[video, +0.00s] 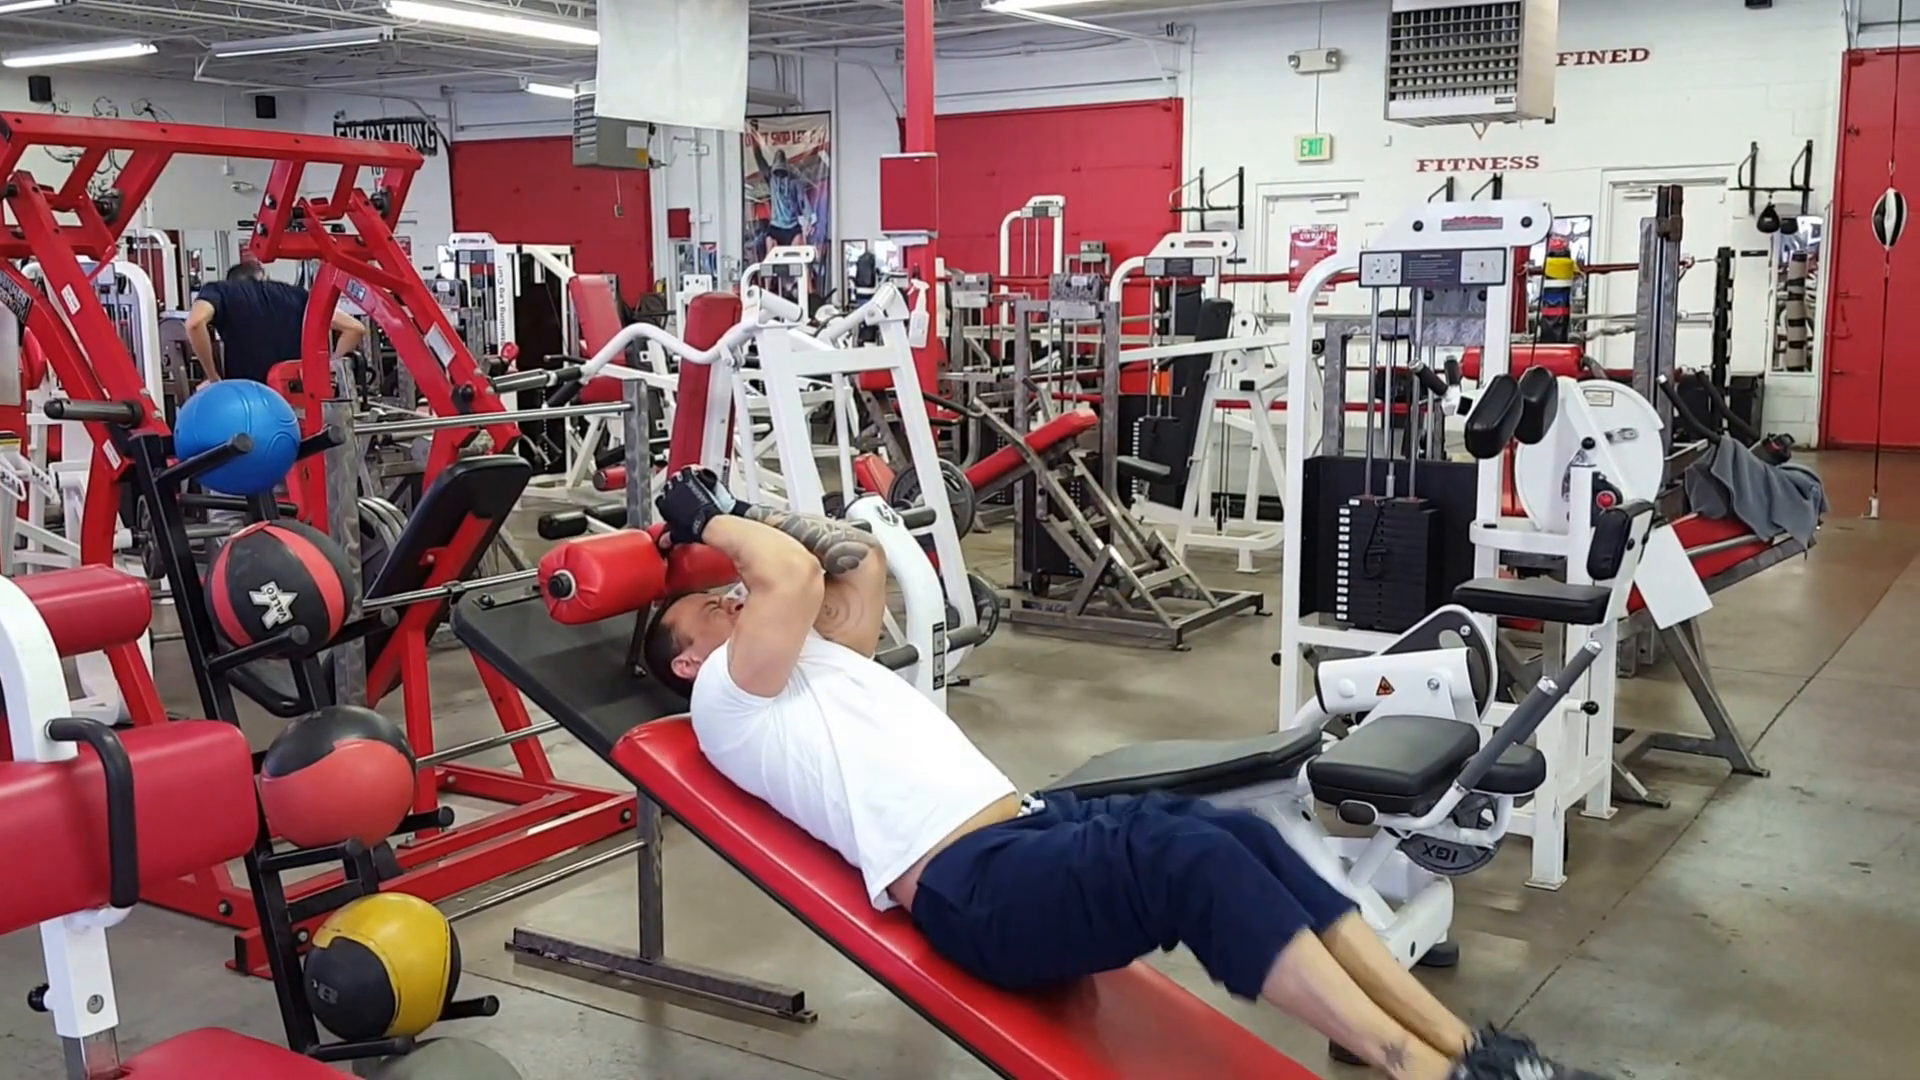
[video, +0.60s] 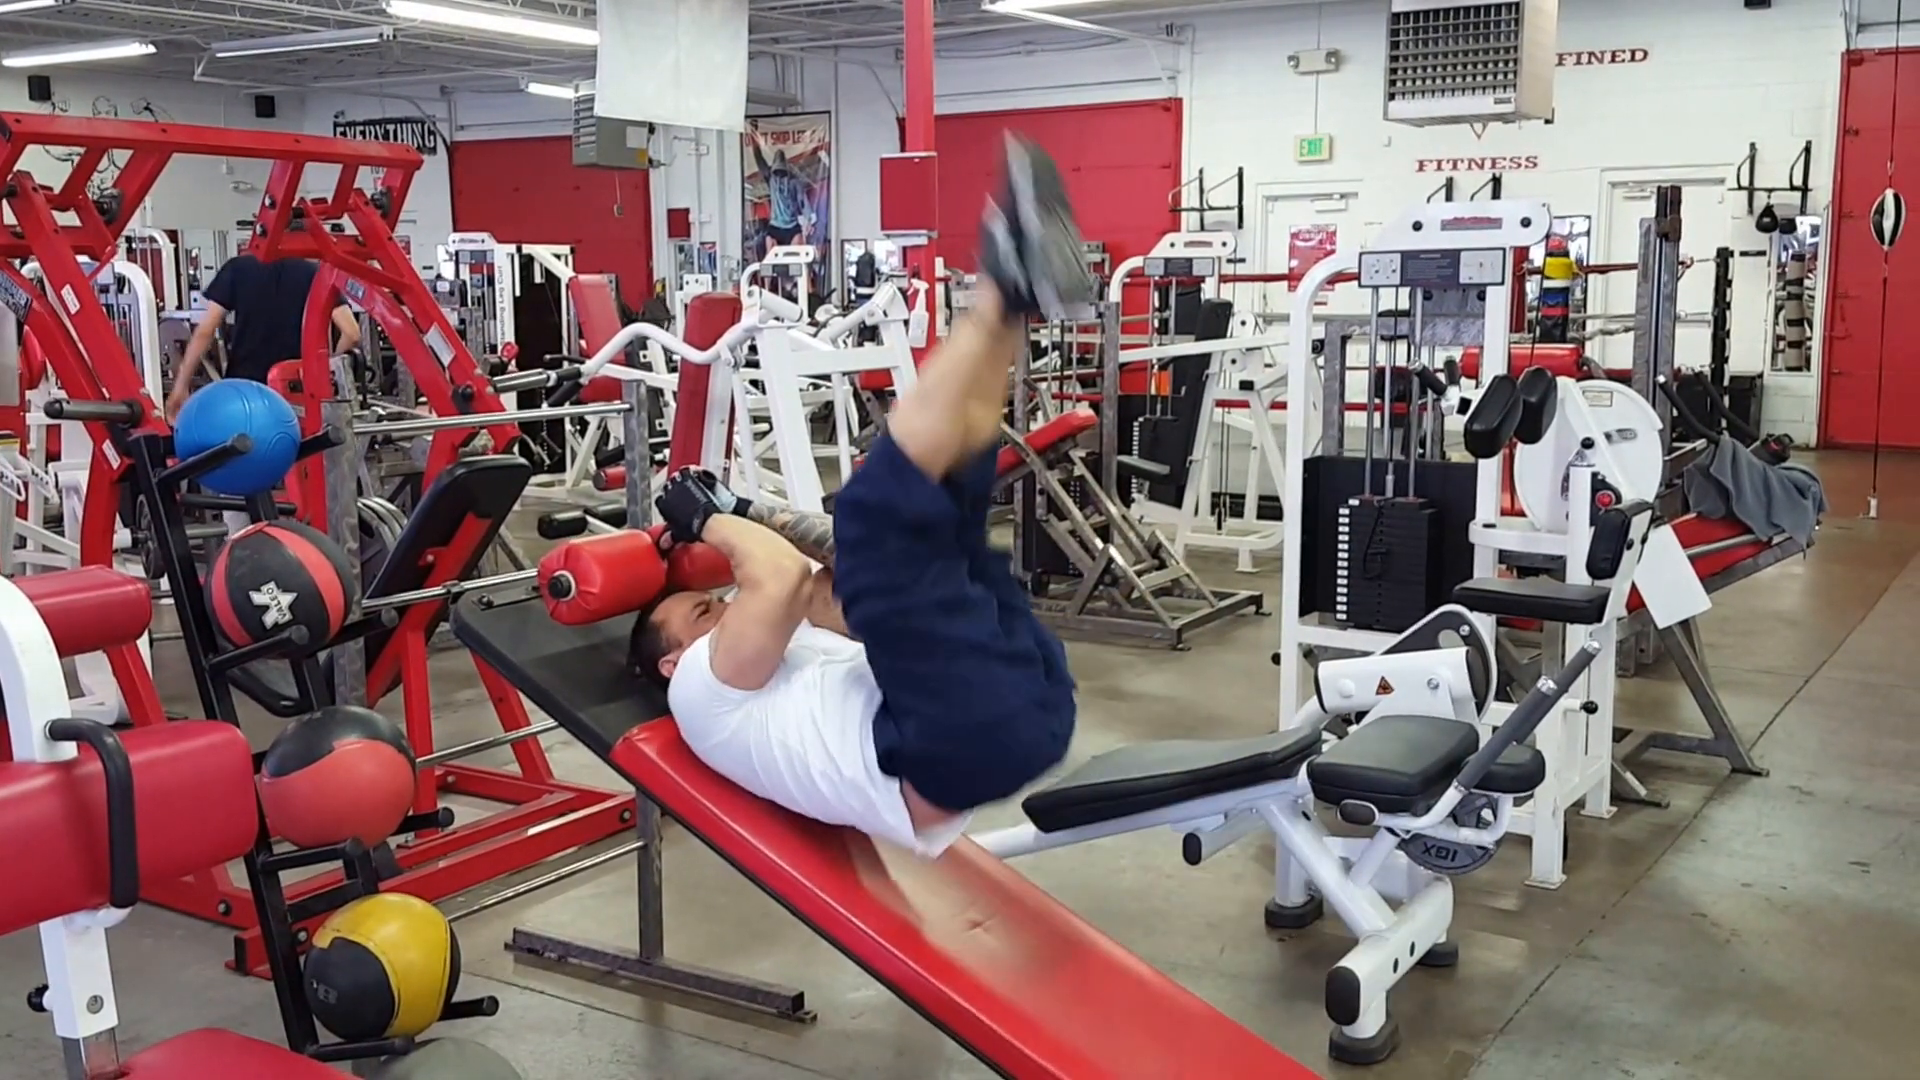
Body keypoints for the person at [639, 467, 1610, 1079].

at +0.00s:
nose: (735, 601)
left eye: (728, 593)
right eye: (710, 603)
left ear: (740, 610)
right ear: (684, 644)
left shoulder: (827, 665)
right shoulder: (722, 698)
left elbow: (868, 561)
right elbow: (790, 572)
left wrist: (765, 546)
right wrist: (709, 528)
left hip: (1041, 821)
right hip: (968, 874)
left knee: (1248, 838)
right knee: (1194, 854)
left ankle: (1454, 1042)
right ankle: (1397, 1059)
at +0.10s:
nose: (733, 602)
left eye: (725, 595)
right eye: (707, 606)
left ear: (738, 613)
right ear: (684, 646)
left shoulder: (825, 664)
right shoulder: (722, 698)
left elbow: (869, 562)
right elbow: (786, 571)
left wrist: (760, 541)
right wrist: (703, 528)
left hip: (1022, 837)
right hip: (962, 882)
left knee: (1232, 774)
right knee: (1176, 793)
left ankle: (1433, 984)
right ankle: (1387, 1014)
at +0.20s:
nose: (725, 603)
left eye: (716, 597)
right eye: (702, 607)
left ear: (722, 621)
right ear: (682, 655)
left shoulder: (818, 655)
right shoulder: (720, 702)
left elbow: (866, 559)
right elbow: (792, 569)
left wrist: (770, 527)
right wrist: (713, 525)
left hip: (1013, 838)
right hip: (958, 879)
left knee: (1156, 678)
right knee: (1103, 711)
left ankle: (1362, 829)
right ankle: (1325, 837)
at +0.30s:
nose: (708, 600)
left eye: (698, 596)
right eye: (690, 605)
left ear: (712, 620)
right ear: (678, 649)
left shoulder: (812, 653)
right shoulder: (714, 693)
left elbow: (867, 560)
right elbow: (788, 566)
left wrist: (797, 540)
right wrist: (704, 520)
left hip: (1005, 832)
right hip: (947, 871)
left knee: (1053, 618)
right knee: (1016, 640)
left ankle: (1269, 643)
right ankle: (1251, 660)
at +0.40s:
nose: (725, 605)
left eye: (720, 597)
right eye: (701, 608)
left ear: (742, 603)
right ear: (671, 660)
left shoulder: (805, 656)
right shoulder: (707, 694)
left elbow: (863, 562)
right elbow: (785, 573)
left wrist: (756, 529)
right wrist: (711, 521)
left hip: (1025, 816)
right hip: (962, 840)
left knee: (970, 595)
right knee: (942, 600)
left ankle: (1163, 502)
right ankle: (1155, 500)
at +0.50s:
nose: (724, 608)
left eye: (716, 600)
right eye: (701, 611)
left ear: (730, 607)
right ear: (673, 660)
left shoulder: (802, 657)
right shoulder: (701, 689)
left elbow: (846, 593)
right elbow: (784, 574)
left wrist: (752, 526)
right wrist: (709, 518)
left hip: (1037, 761)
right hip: (970, 791)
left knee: (935, 554)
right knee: (894, 557)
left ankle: (1082, 399)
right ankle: (1064, 395)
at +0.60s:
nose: (715, 605)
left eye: (708, 600)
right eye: (694, 612)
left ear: (721, 604)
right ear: (671, 663)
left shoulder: (786, 669)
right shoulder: (702, 695)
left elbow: (841, 610)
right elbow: (783, 574)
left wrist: (768, 553)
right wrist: (709, 519)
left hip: (1031, 713)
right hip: (967, 744)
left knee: (940, 508)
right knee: (874, 506)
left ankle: (1013, 306)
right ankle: (997, 296)